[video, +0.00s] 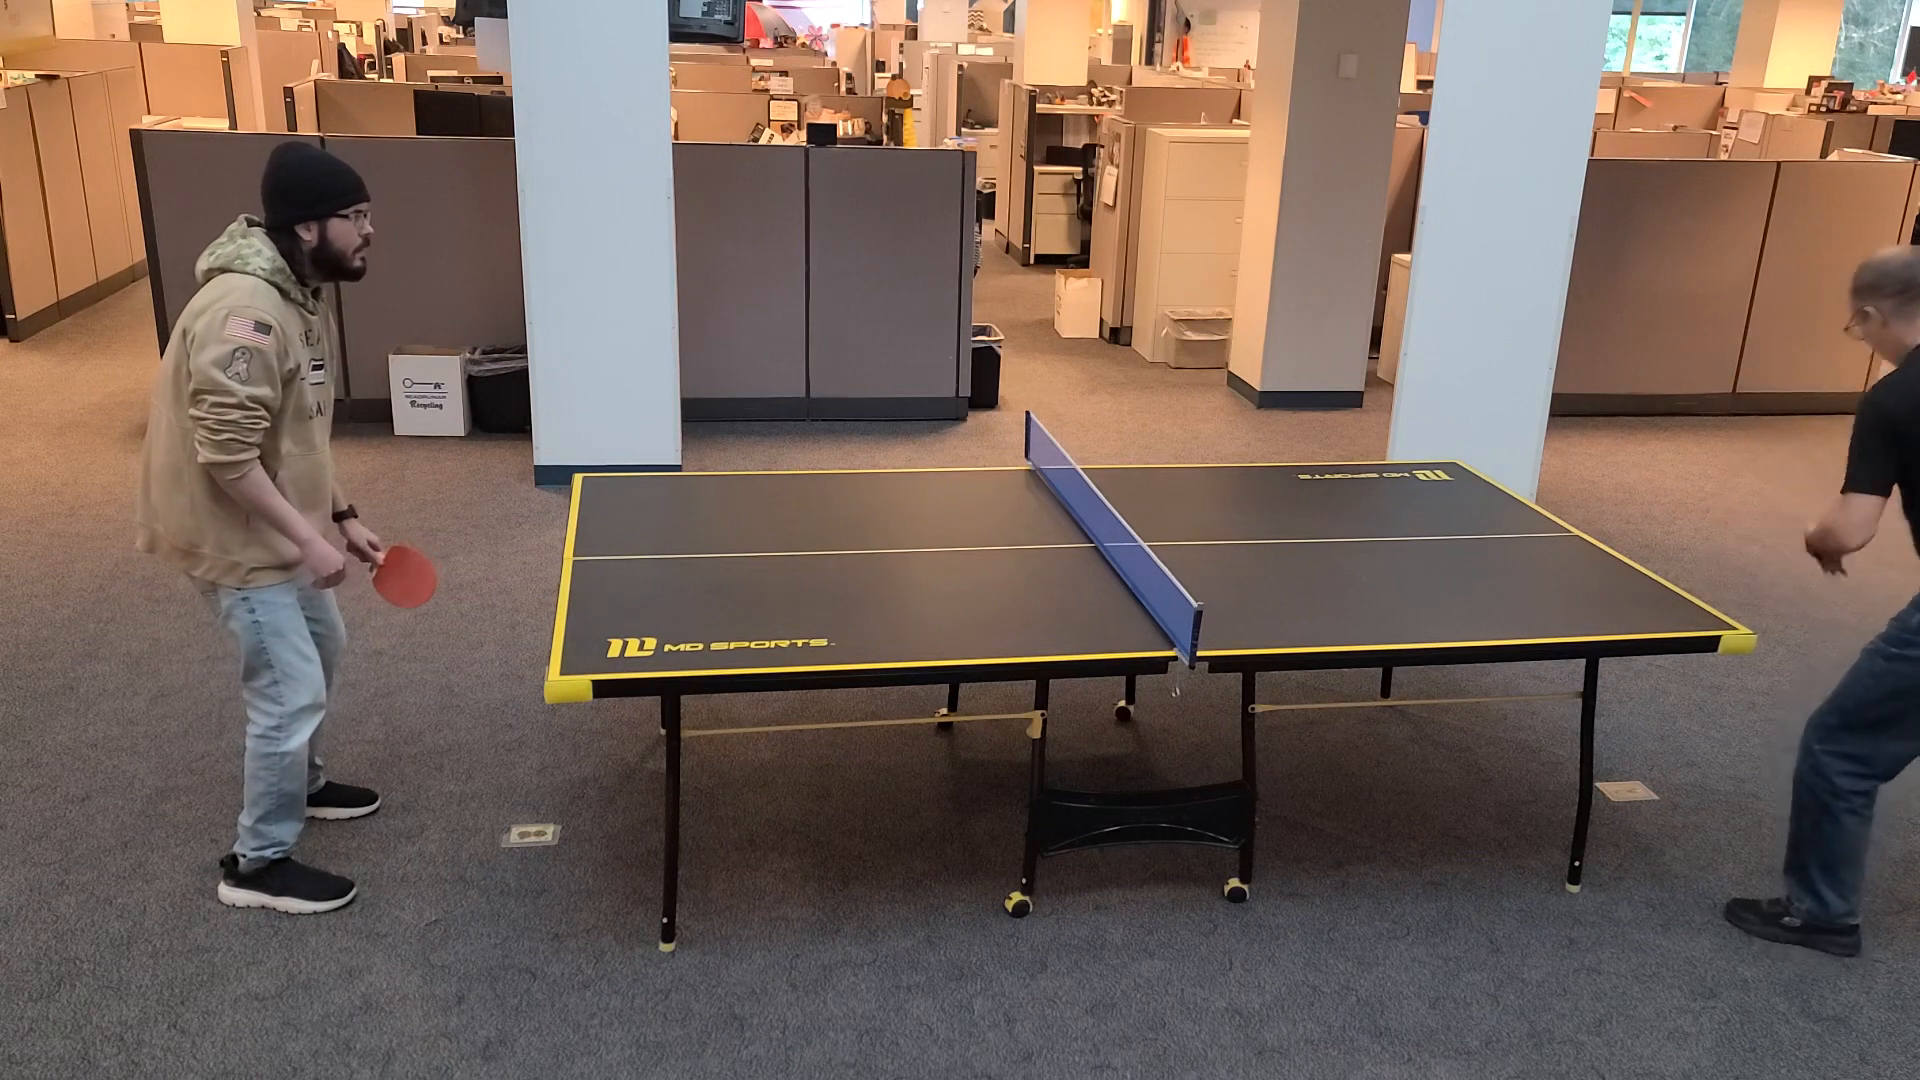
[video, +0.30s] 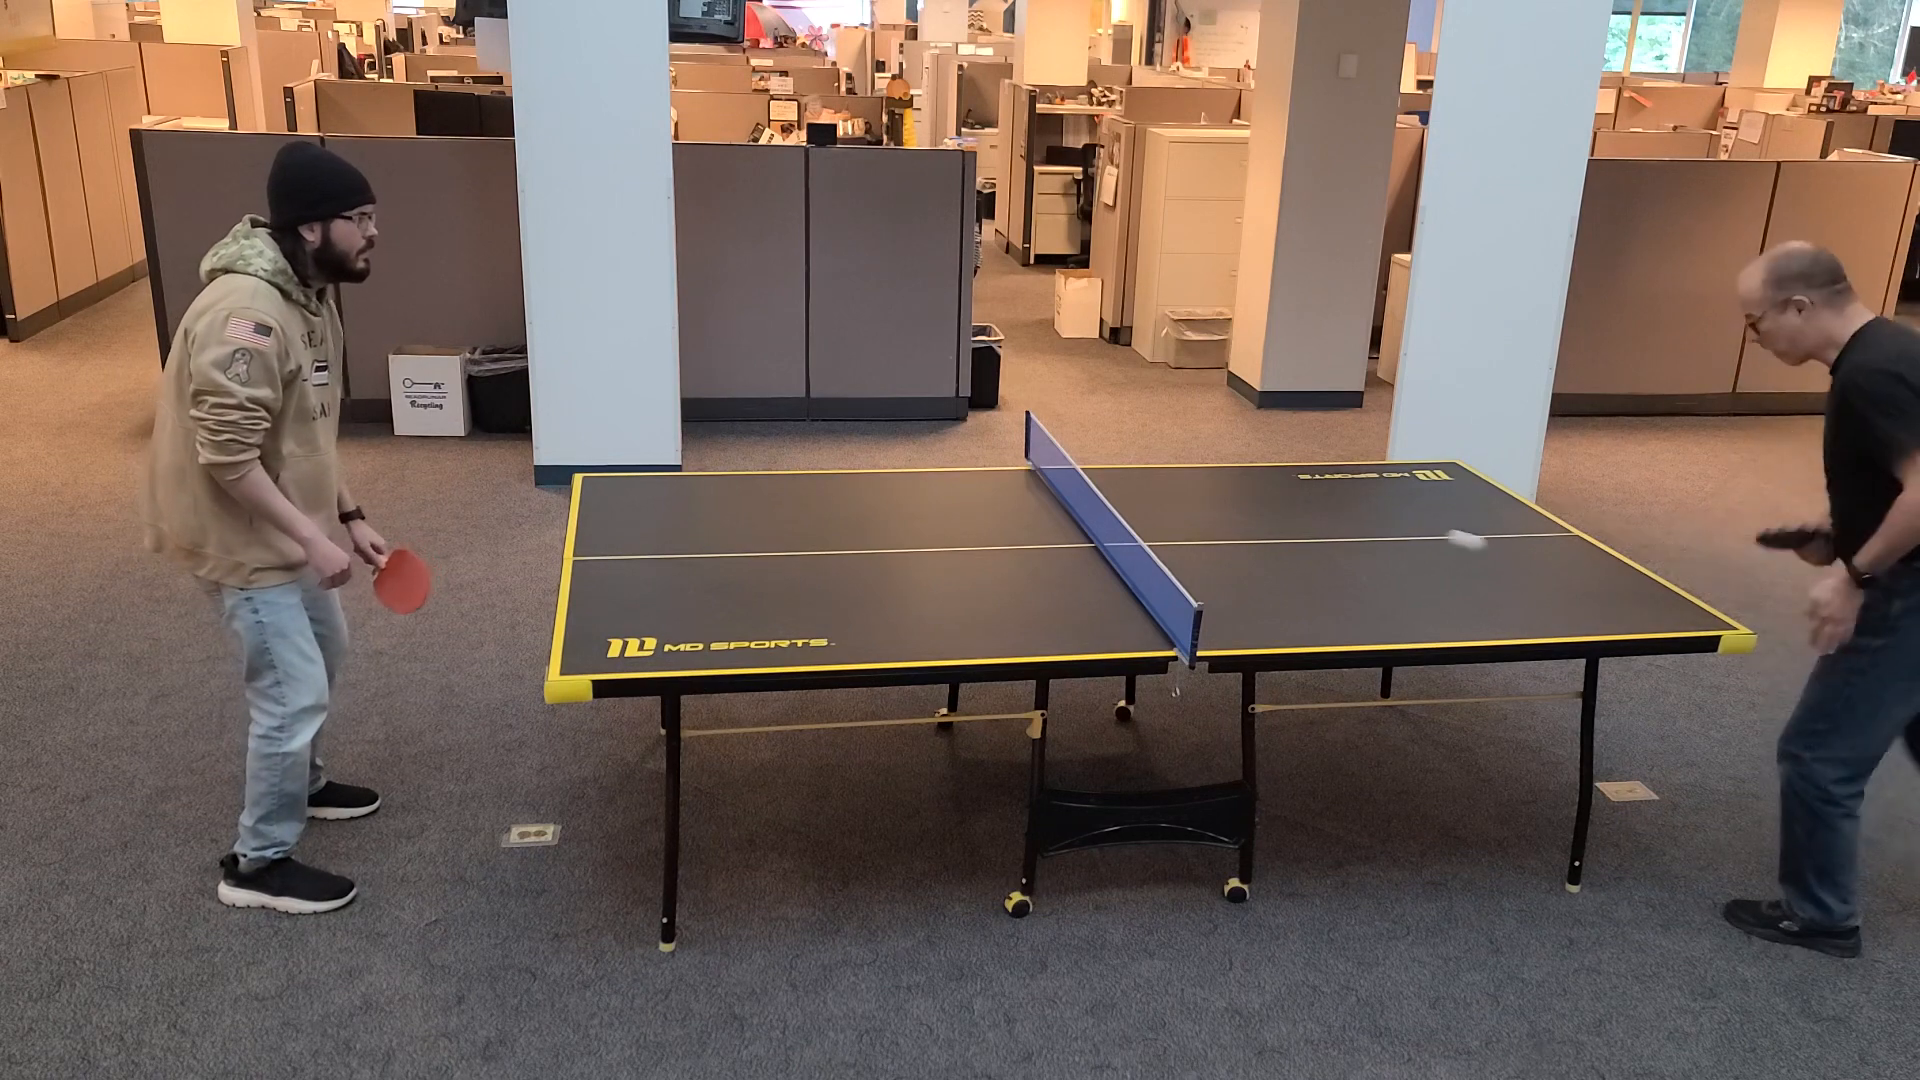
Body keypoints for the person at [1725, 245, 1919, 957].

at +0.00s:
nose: (1859, 335)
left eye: (1861, 321)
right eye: (1858, 322)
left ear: (1890, 312)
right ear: (1911, 310)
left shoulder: (1896, 398)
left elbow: (1853, 530)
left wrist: (1823, 540)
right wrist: (1833, 535)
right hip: (1919, 620)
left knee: (1840, 744)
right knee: (1848, 744)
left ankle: (1824, 911)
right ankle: (1825, 909)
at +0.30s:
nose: (1756, 340)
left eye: (1757, 324)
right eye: (1752, 326)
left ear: (1803, 307)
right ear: (1808, 304)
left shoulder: (1873, 371)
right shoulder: (1883, 352)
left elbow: (1919, 495)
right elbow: (1900, 488)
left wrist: (1854, 575)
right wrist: (1836, 536)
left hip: (1900, 606)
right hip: (1902, 598)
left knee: (1817, 756)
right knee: (1918, 740)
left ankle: (1822, 915)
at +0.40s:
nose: (1747, 318)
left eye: (1749, 302)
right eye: (1743, 304)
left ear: (1794, 290)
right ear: (1800, 287)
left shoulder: (1876, 362)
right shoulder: (1838, 350)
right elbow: (1864, 457)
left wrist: (1869, 573)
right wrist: (1816, 506)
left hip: (1895, 590)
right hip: (1880, 581)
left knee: (1816, 752)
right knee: (1882, 730)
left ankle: (1822, 913)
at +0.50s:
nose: (1738, 297)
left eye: (1746, 283)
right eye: (1736, 284)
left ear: (1796, 279)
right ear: (1797, 279)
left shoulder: (1877, 358)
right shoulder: (1815, 345)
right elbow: (1815, 442)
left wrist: (1859, 572)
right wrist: (1780, 494)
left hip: (1884, 577)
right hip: (1834, 561)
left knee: (1799, 741)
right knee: (1789, 680)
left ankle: (1821, 907)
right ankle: (1865, 823)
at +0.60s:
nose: (1731, 300)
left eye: (1740, 286)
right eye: (1731, 285)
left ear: (1793, 282)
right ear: (1789, 282)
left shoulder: (1868, 364)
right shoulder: (1799, 344)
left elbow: (1912, 487)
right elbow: (1776, 432)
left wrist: (1843, 578)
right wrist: (1748, 479)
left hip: (1874, 564)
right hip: (1810, 547)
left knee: (1785, 732)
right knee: (1745, 650)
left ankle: (1819, 905)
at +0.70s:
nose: (1720, 305)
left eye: (1730, 291)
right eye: (1719, 291)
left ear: (1782, 289)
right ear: (1776, 290)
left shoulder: (1860, 367)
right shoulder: (1771, 346)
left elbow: (1906, 484)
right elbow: (1747, 433)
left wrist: (1833, 575)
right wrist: (1727, 483)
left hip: (1852, 559)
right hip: (1782, 540)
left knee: (1787, 718)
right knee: (1724, 635)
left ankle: (1816, 902)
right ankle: (1696, 735)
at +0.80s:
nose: (1705, 305)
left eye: (1717, 294)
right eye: (1704, 292)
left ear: (1772, 293)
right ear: (1760, 293)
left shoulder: (1846, 365)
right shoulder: (1742, 350)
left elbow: (1902, 478)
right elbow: (1716, 434)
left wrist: (1828, 569)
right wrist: (1703, 489)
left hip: (1844, 549)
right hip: (1766, 535)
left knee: (1815, 707)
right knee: (1698, 629)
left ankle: (1815, 883)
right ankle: (1699, 734)